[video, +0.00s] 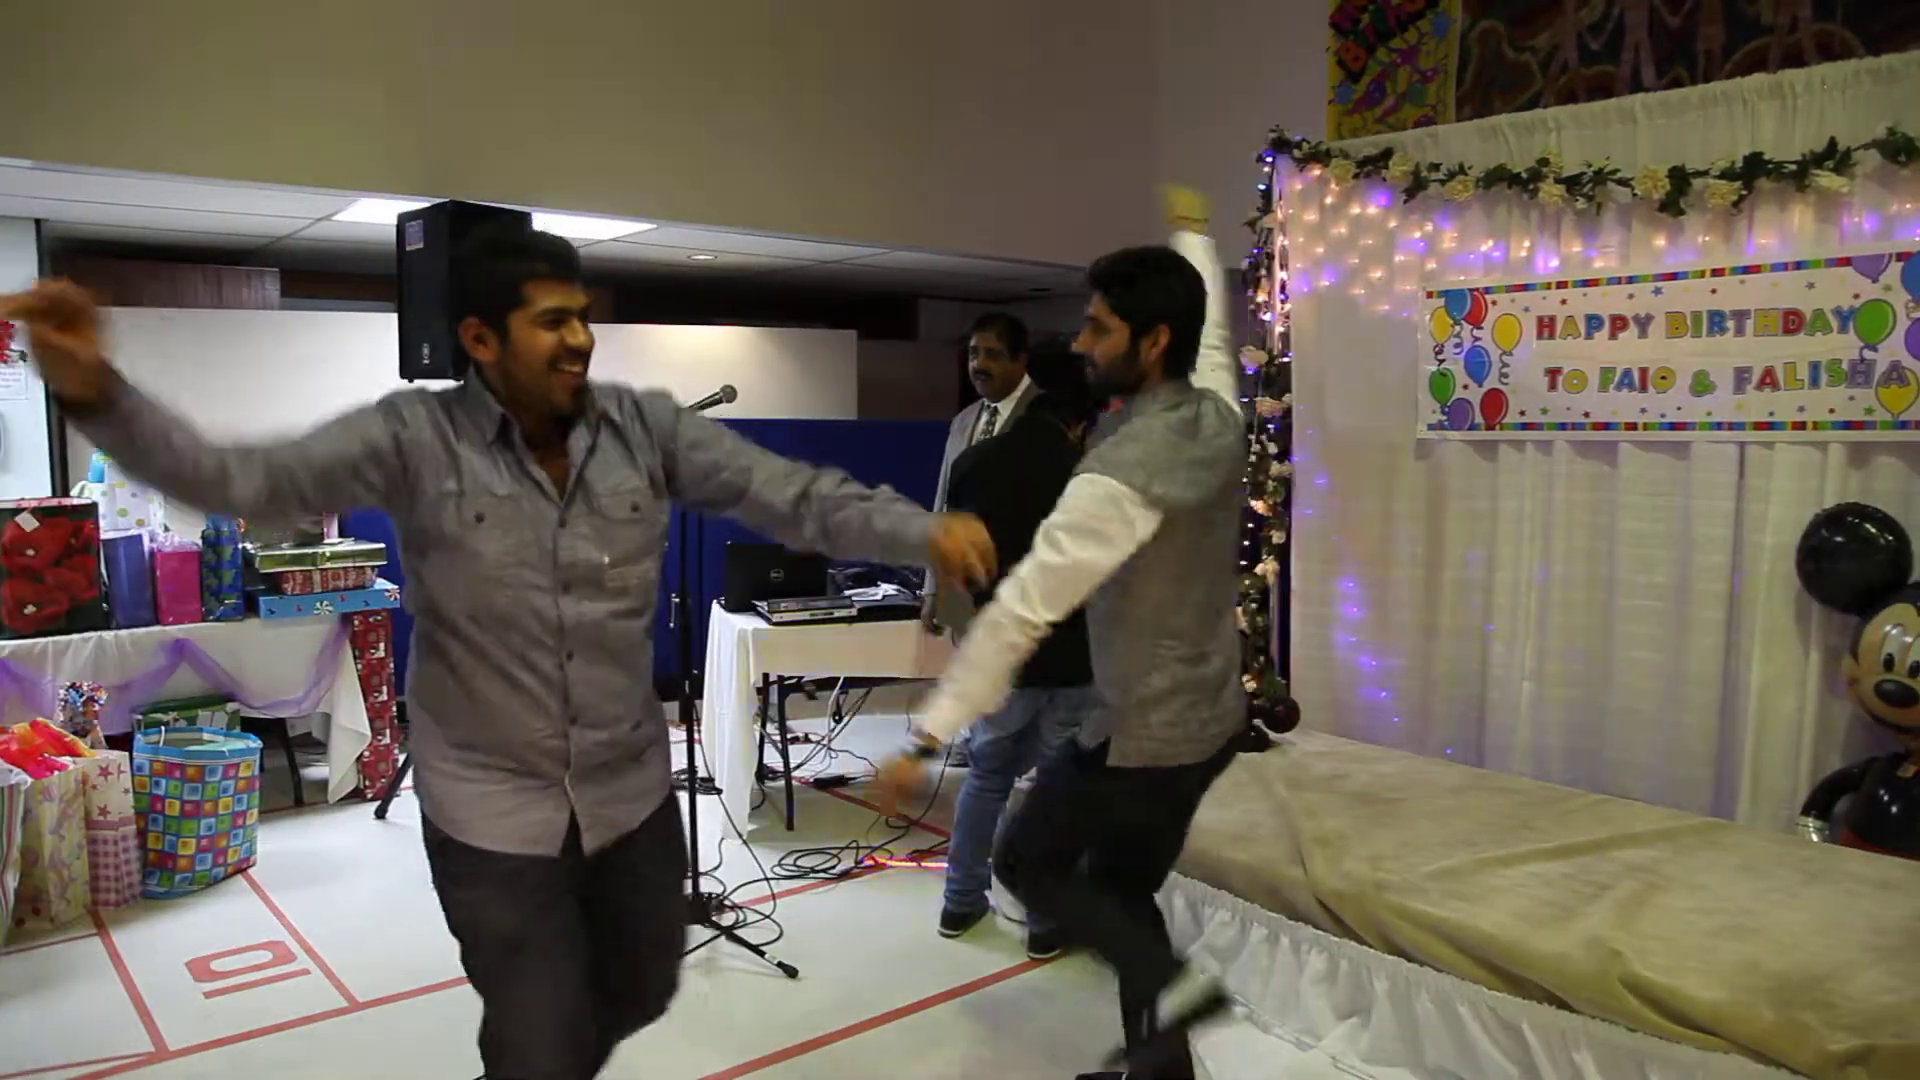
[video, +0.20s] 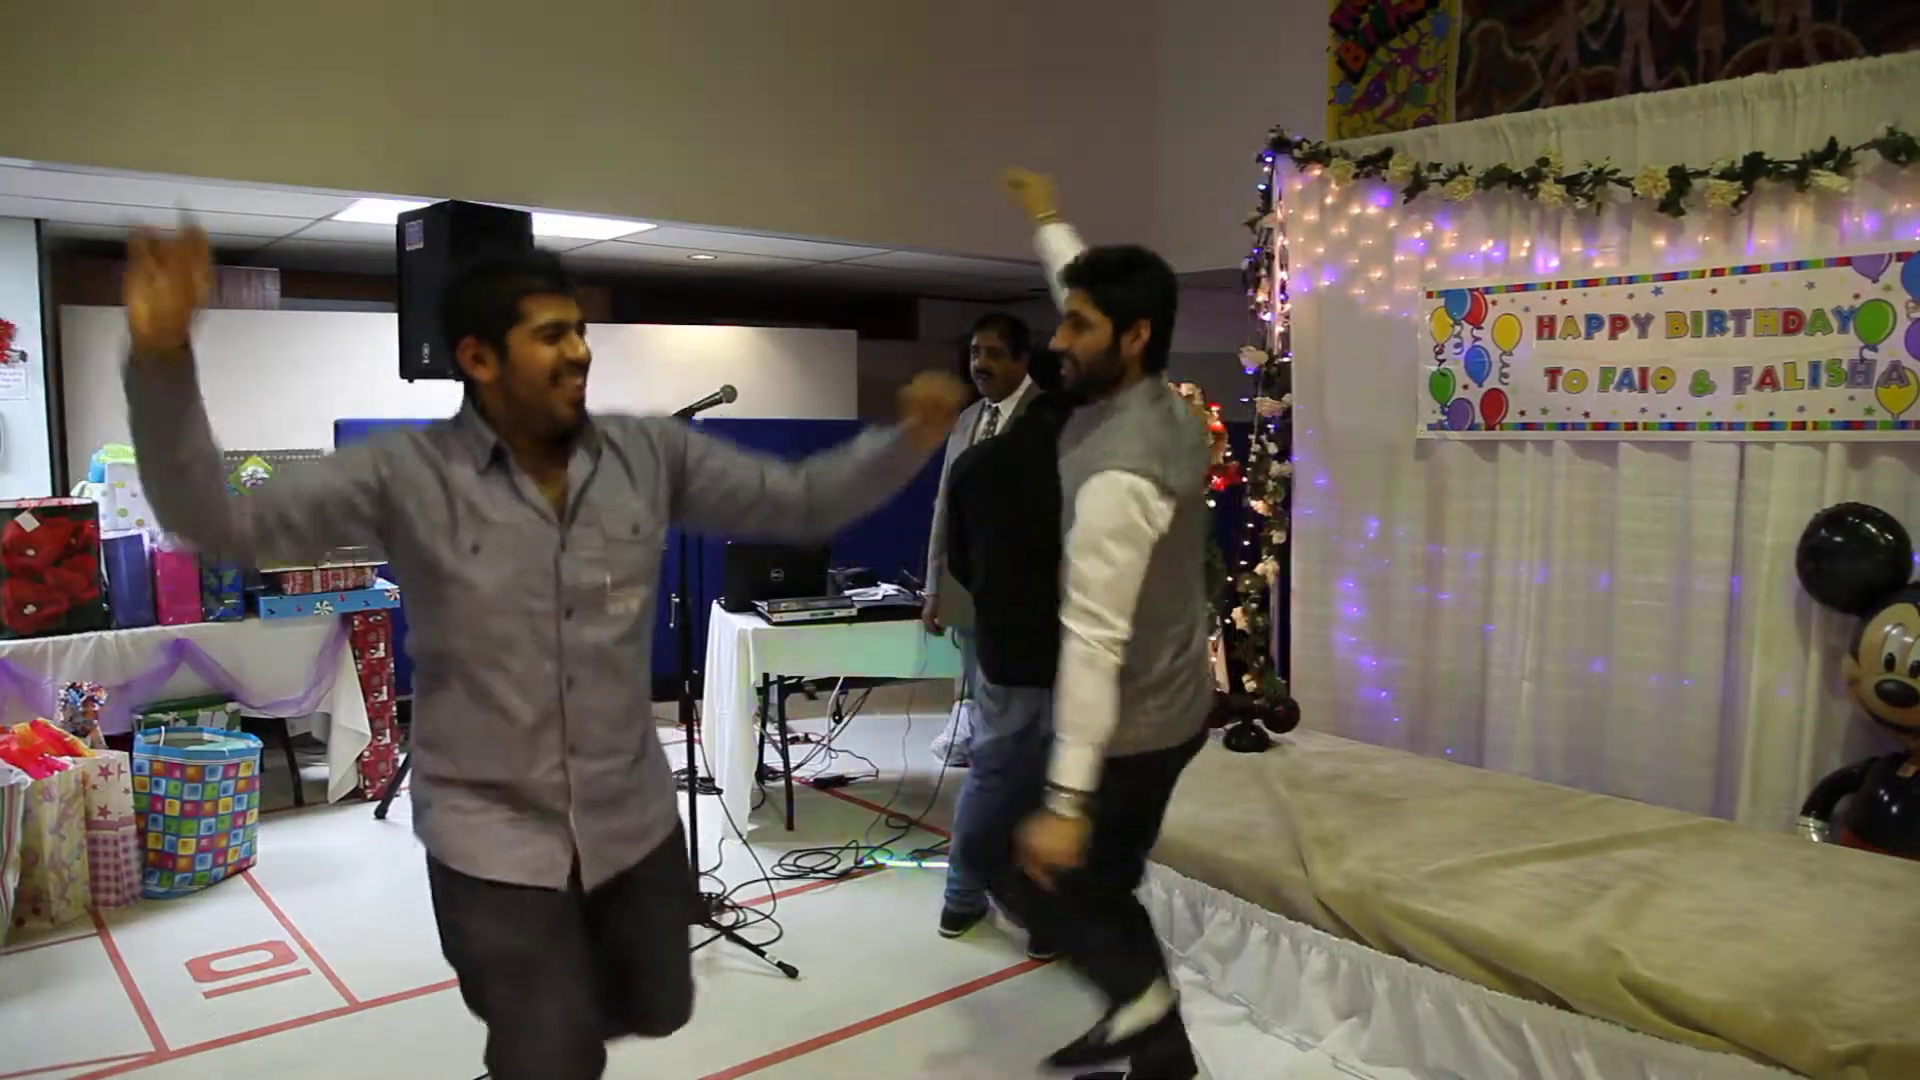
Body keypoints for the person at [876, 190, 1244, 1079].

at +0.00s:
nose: (1083, 339)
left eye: (1100, 327)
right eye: (1088, 323)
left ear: (1154, 341)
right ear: (1171, 343)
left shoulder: (1124, 466)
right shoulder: (1214, 419)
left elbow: (1028, 602)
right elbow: (1205, 341)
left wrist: (927, 739)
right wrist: (1196, 243)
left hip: (1158, 725)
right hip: (1210, 710)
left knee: (1028, 860)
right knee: (1123, 888)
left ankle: (1171, 978)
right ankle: (1154, 1053)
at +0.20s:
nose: (1062, 338)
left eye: (1080, 325)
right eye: (1064, 322)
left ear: (1133, 339)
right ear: (1127, 337)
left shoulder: (1118, 472)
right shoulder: (1161, 401)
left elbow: (1094, 640)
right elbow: (1091, 299)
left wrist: (1067, 799)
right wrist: (1046, 220)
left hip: (1127, 724)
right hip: (1165, 701)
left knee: (1028, 872)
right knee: (1104, 883)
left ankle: (1134, 998)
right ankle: (1152, 1046)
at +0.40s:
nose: (1035, 338)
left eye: (1054, 325)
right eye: (1034, 323)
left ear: (1108, 337)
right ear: (1040, 331)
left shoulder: (1124, 462)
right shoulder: (1050, 399)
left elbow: (1170, 595)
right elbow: (982, 328)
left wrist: (1239, 745)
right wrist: (909, 235)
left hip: (1071, 727)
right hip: (1075, 714)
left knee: (977, 896)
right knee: (1080, 897)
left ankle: (1011, 1062)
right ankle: (1159, 1060)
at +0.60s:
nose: (990, 342)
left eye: (1014, 330)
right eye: (991, 327)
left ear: (1071, 349)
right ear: (992, 335)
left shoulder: (1116, 457)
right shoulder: (984, 427)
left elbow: (1224, 505)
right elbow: (889, 357)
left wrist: (1364, 556)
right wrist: (788, 265)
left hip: (1053, 744)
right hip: (975, 724)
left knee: (961, 926)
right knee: (898, 886)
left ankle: (995, 1074)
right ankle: (1045, 922)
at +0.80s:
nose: (963, 329)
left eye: (984, 313)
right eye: (958, 313)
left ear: (1039, 325)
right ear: (957, 325)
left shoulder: (1087, 431)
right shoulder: (927, 414)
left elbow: (1220, 419)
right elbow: (811, 344)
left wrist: (1375, 402)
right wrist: (694, 250)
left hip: (1026, 731)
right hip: (923, 709)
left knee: (966, 929)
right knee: (867, 886)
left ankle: (981, 1071)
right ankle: (914, 960)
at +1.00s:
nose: (921, 344)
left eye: (940, 327)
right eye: (912, 329)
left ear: (991, 337)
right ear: (908, 344)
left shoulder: (1050, 439)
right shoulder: (877, 436)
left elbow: (1174, 406)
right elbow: (759, 360)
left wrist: (1308, 337)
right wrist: (656, 251)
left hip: (999, 746)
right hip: (888, 746)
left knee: (974, 964)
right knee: (898, 953)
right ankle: (839, 1071)